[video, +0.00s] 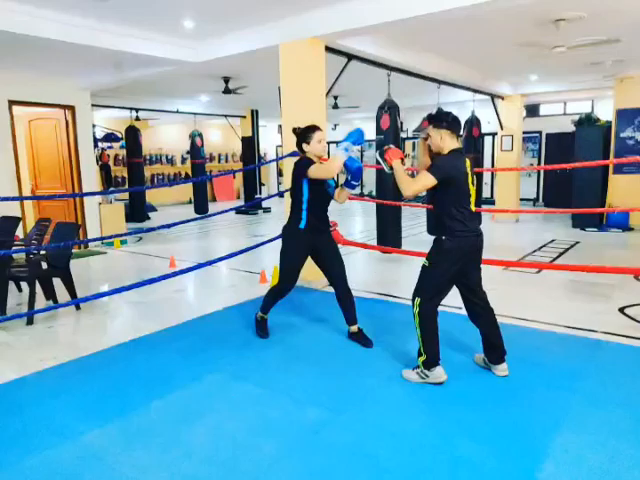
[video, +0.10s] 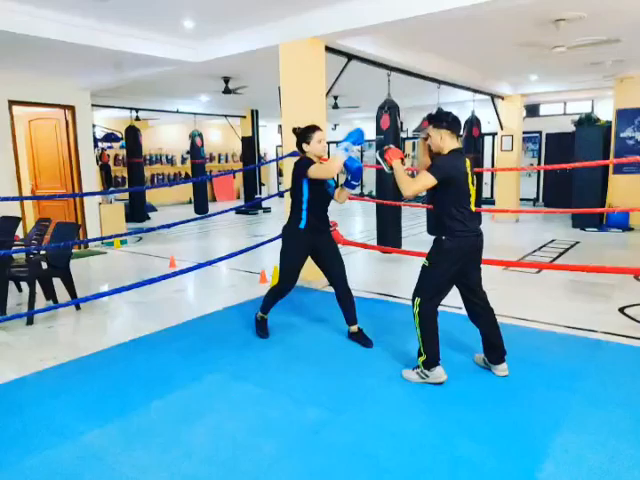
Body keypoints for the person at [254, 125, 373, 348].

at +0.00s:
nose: (325, 145)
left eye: (325, 141)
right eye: (320, 142)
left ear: (323, 143)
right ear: (306, 146)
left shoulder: (325, 168)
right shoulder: (302, 165)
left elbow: (339, 198)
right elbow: (329, 171)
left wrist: (351, 180)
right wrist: (344, 150)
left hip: (321, 234)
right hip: (297, 234)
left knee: (340, 281)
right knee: (286, 284)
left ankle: (354, 328)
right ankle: (262, 315)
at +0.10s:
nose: (325, 145)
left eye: (325, 141)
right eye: (320, 142)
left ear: (323, 143)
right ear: (306, 146)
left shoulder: (325, 168)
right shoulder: (302, 165)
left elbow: (339, 198)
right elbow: (329, 171)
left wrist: (351, 180)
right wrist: (344, 150)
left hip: (321, 234)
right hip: (297, 234)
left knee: (340, 281)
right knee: (286, 284)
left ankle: (354, 328)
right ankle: (262, 315)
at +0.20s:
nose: (327, 146)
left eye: (326, 142)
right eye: (322, 143)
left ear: (313, 146)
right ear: (309, 147)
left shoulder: (322, 165)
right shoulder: (314, 163)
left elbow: (324, 198)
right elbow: (356, 154)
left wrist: (342, 183)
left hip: (322, 235)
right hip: (300, 235)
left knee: (342, 281)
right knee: (296, 286)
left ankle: (353, 330)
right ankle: (277, 323)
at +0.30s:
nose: (325, 149)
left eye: (326, 144)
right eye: (321, 145)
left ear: (318, 146)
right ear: (307, 147)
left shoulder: (320, 166)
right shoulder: (309, 165)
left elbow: (321, 200)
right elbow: (344, 172)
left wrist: (339, 191)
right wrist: (367, 154)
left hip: (322, 235)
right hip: (301, 237)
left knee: (342, 282)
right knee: (297, 288)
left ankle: (353, 331)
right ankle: (278, 326)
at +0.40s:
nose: (323, 152)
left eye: (323, 147)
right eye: (318, 147)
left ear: (322, 149)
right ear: (303, 149)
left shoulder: (322, 173)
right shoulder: (295, 175)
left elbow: (333, 206)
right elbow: (314, 207)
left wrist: (340, 183)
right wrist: (329, 182)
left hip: (320, 238)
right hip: (296, 240)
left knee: (340, 283)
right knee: (294, 290)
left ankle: (352, 332)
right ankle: (278, 329)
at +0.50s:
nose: (320, 152)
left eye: (321, 148)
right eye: (315, 148)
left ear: (322, 149)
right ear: (300, 150)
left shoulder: (321, 171)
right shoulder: (290, 174)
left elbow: (332, 205)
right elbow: (305, 208)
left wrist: (334, 178)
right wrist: (314, 178)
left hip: (318, 236)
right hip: (293, 238)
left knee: (336, 287)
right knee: (292, 291)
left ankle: (350, 333)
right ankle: (277, 330)